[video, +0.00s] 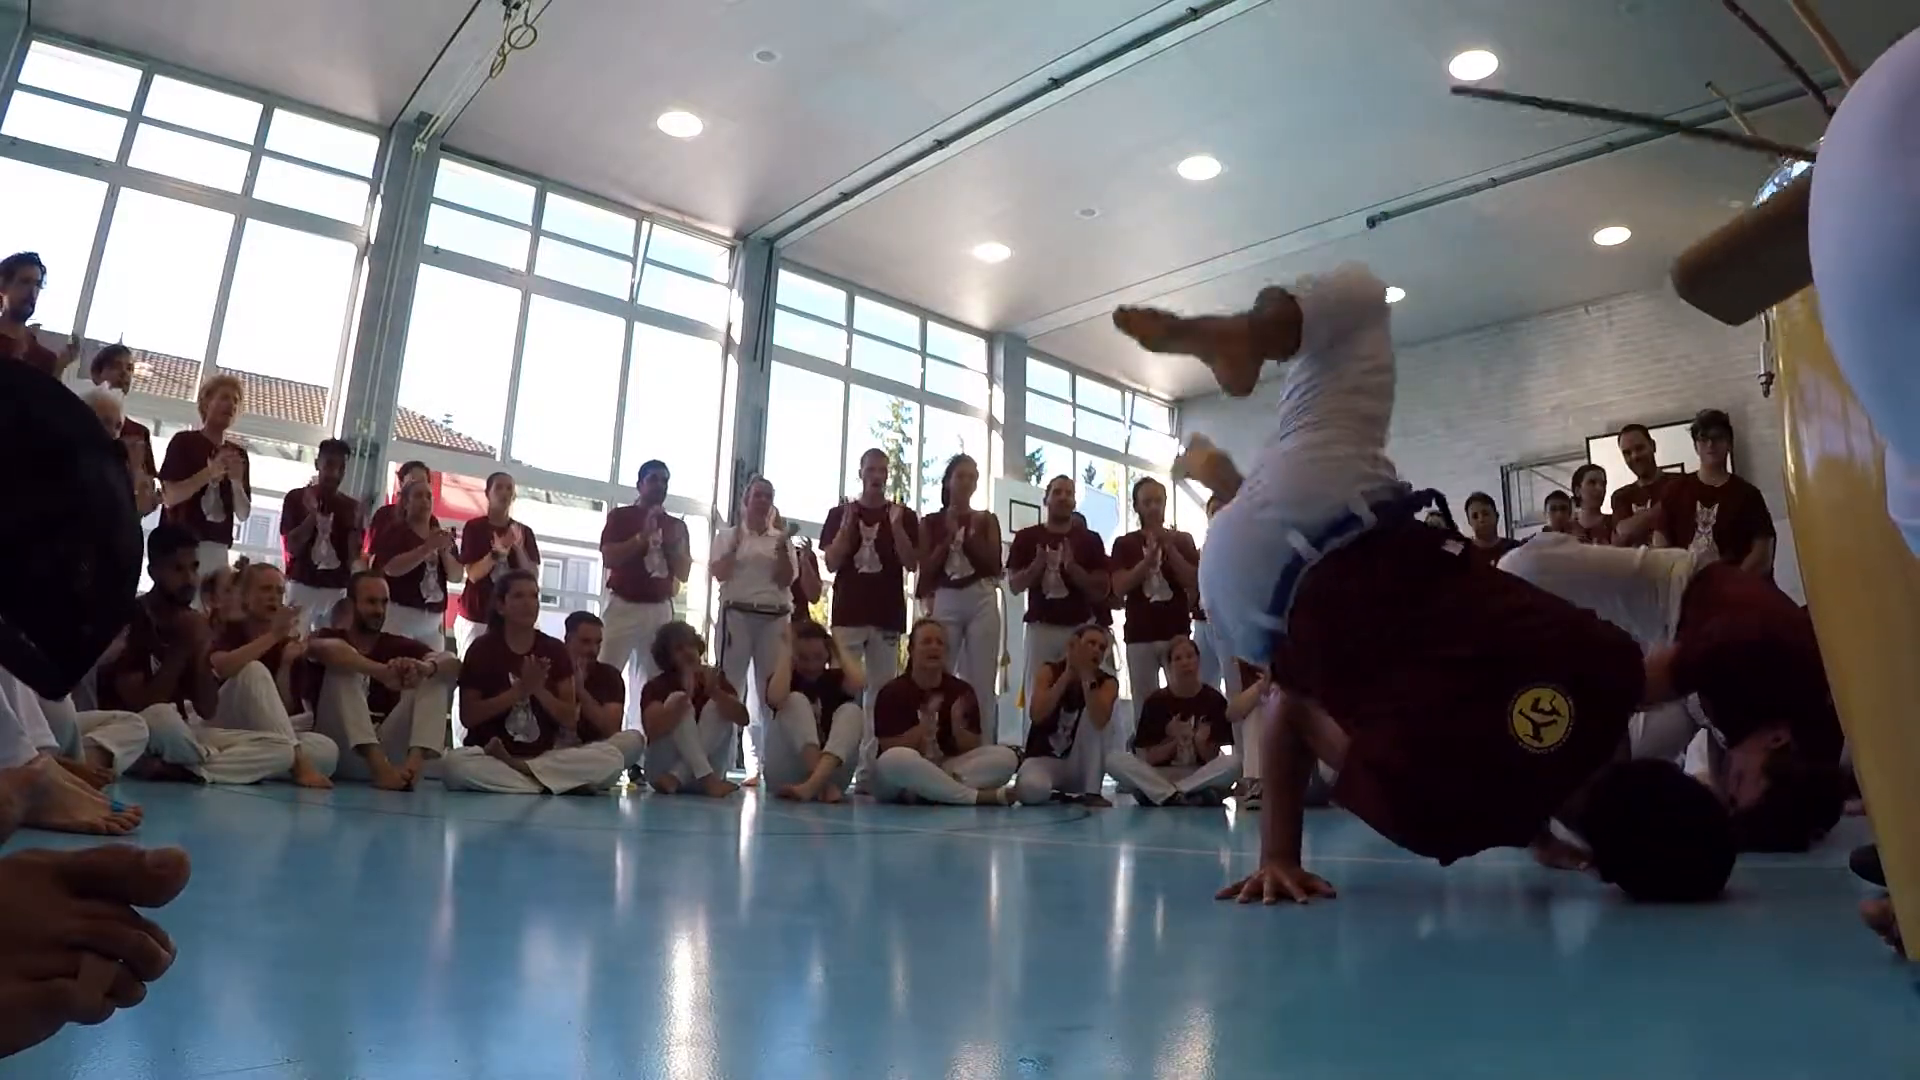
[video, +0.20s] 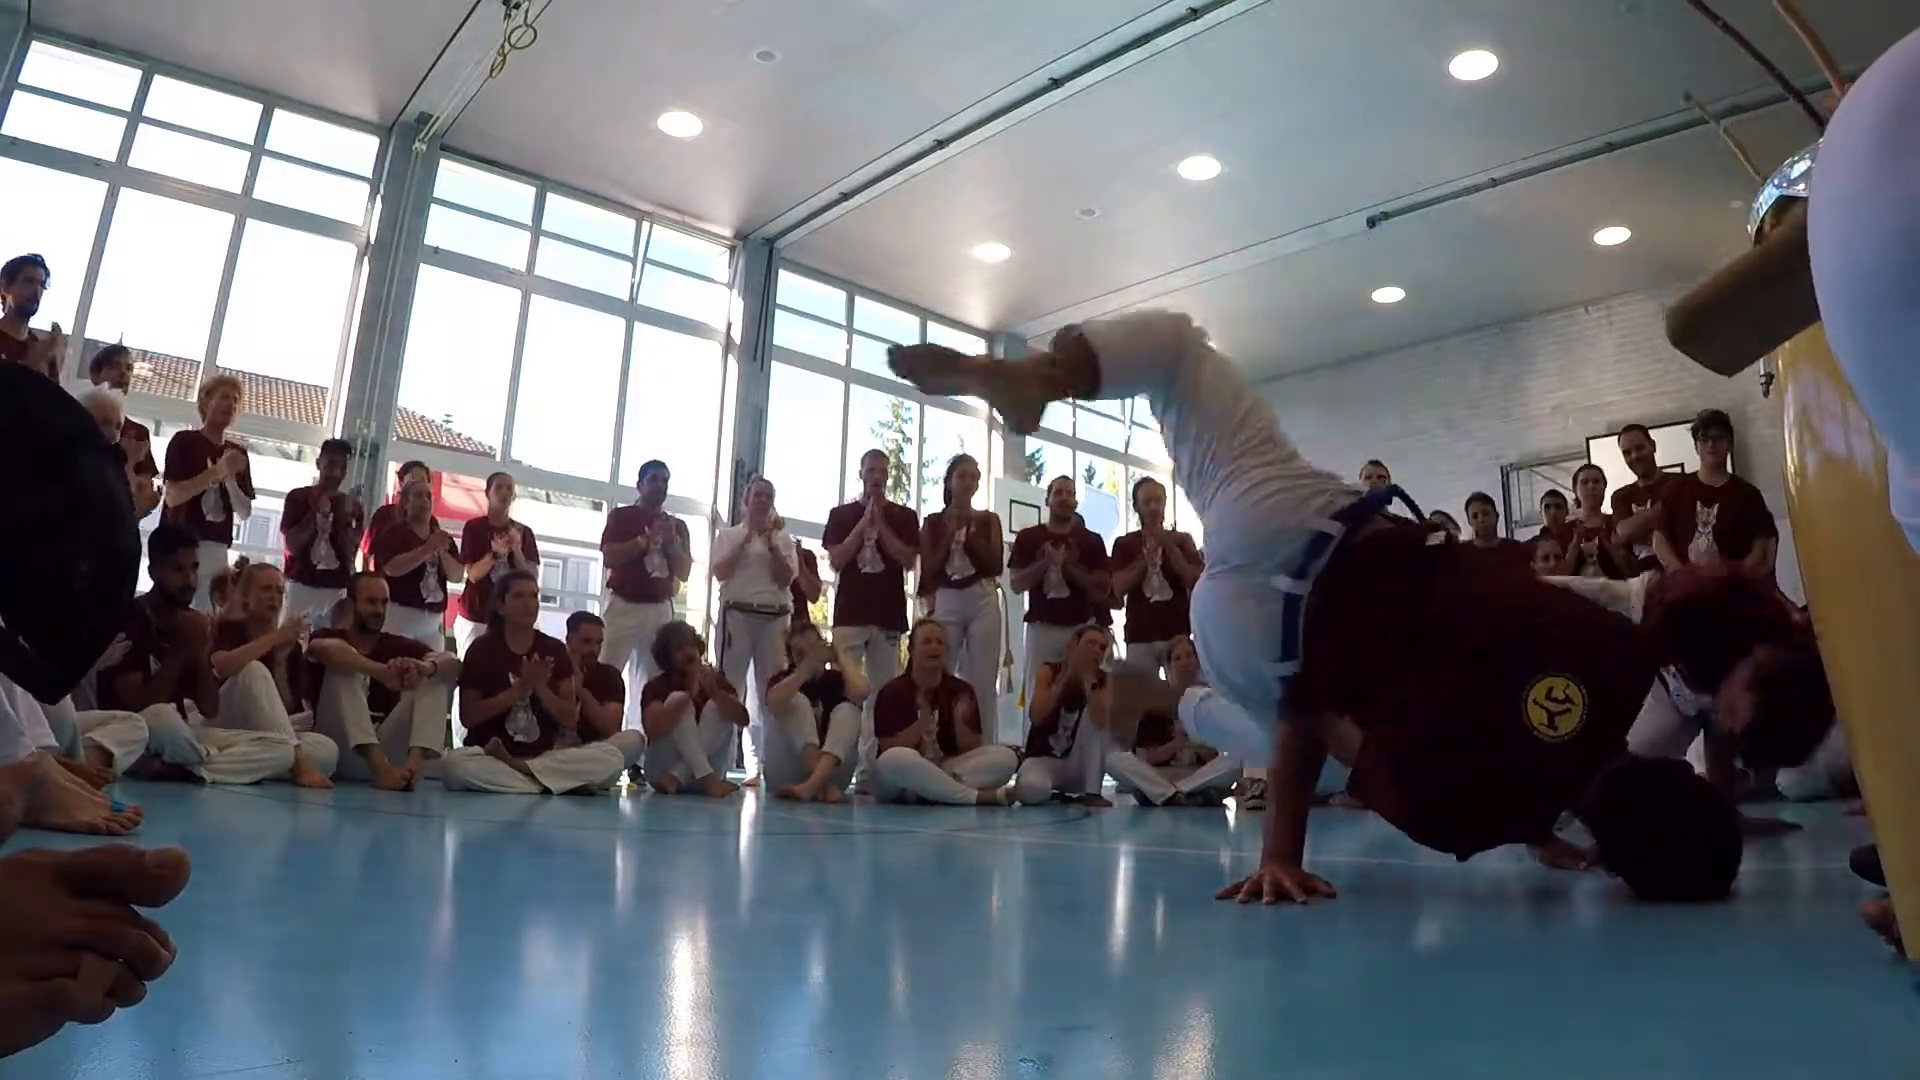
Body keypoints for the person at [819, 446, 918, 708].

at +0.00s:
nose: (877, 476)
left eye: (882, 470)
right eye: (871, 470)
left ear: (888, 474)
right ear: (861, 473)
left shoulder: (904, 516)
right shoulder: (840, 514)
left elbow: (911, 563)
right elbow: (831, 563)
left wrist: (896, 527)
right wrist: (846, 528)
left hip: (887, 616)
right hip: (848, 616)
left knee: (883, 695)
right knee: (848, 694)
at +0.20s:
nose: (875, 476)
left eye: (880, 471)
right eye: (870, 471)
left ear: (888, 474)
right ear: (861, 473)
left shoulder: (905, 516)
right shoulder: (842, 514)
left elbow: (909, 560)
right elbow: (836, 560)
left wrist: (881, 525)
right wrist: (863, 525)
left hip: (889, 617)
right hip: (849, 616)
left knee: (885, 695)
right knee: (850, 693)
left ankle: (877, 769)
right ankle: (842, 767)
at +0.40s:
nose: (876, 478)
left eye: (882, 473)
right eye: (871, 472)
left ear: (890, 474)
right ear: (861, 473)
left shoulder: (902, 512)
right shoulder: (846, 512)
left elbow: (911, 561)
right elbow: (837, 560)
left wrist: (889, 535)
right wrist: (862, 535)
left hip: (891, 614)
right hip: (851, 613)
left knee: (886, 694)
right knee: (847, 692)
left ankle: (880, 769)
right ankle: (840, 766)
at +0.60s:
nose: (879, 478)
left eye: (884, 473)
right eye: (873, 472)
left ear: (889, 476)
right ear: (862, 475)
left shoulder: (907, 516)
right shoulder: (841, 515)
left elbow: (917, 564)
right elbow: (838, 562)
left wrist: (887, 529)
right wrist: (868, 526)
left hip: (893, 604)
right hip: (852, 603)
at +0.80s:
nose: (879, 479)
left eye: (884, 472)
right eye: (874, 472)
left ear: (890, 475)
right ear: (863, 475)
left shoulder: (908, 517)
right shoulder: (843, 515)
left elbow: (919, 565)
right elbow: (840, 566)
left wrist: (889, 536)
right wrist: (870, 535)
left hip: (892, 619)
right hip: (852, 620)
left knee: (890, 694)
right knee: (845, 694)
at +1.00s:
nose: (878, 479)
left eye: (883, 473)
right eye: (873, 473)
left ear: (891, 475)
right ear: (862, 475)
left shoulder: (907, 518)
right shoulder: (845, 515)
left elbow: (916, 564)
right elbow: (838, 564)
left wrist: (889, 533)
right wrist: (865, 534)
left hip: (893, 619)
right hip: (853, 619)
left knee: (889, 698)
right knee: (845, 696)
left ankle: (880, 773)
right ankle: (837, 772)